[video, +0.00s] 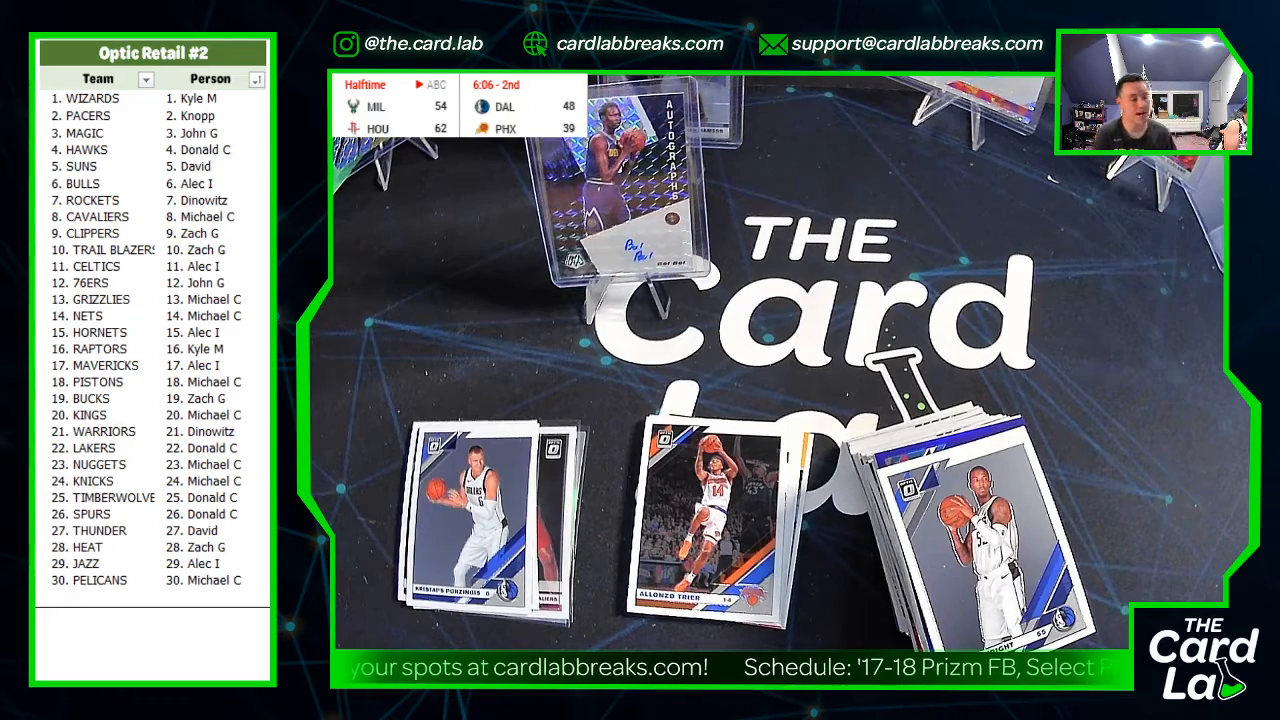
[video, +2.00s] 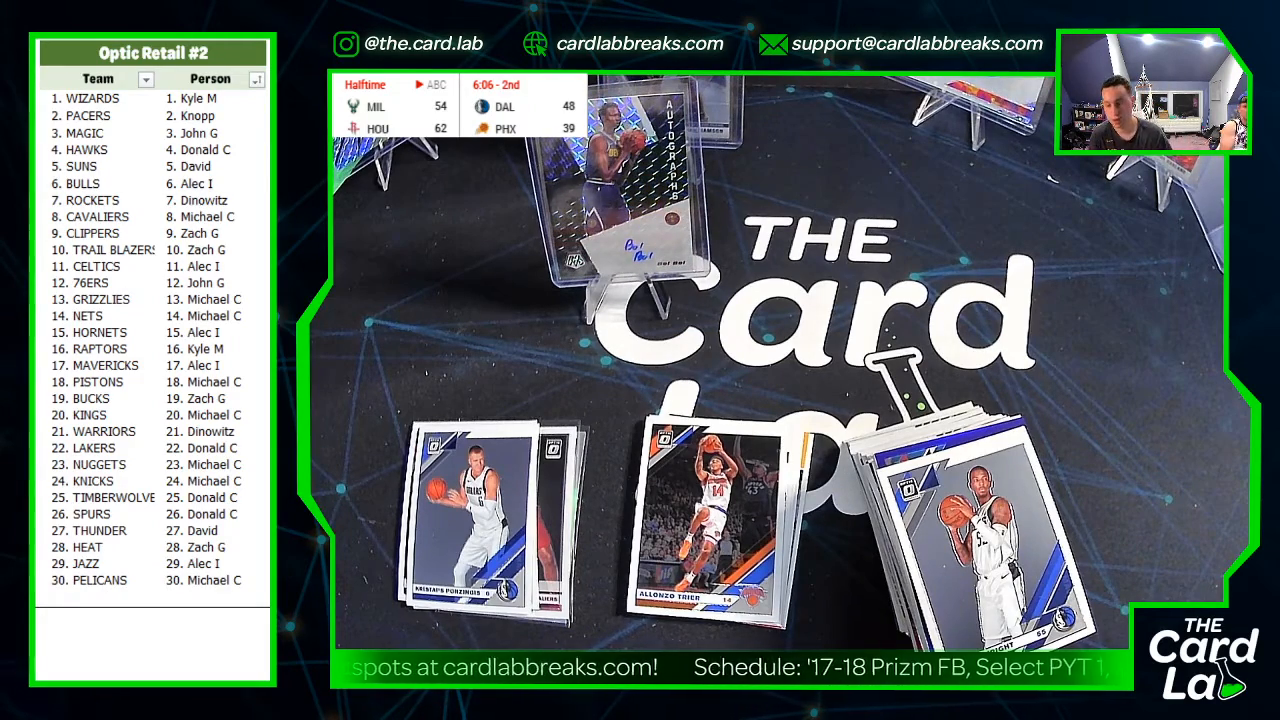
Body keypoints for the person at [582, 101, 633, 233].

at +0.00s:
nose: (618, 118)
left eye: (619, 114)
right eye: (613, 115)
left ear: (621, 116)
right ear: (603, 118)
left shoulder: (616, 141)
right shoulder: (598, 140)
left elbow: (622, 175)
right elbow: (606, 176)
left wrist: (633, 154)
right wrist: (624, 153)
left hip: (612, 189)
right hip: (596, 191)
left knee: (625, 229)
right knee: (598, 236)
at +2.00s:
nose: (618, 118)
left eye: (619, 115)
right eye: (614, 115)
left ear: (620, 116)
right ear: (604, 118)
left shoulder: (617, 141)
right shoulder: (598, 140)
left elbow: (620, 178)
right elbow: (607, 175)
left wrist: (633, 155)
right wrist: (624, 153)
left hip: (612, 189)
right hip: (596, 192)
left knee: (625, 231)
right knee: (598, 237)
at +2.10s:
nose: (618, 118)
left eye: (619, 115)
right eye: (614, 115)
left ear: (620, 116)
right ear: (604, 118)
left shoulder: (617, 141)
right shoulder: (598, 140)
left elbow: (620, 178)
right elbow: (607, 175)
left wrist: (633, 155)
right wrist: (624, 154)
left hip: (612, 191)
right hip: (596, 193)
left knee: (625, 232)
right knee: (599, 238)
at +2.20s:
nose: (618, 118)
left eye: (619, 115)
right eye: (614, 115)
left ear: (620, 116)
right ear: (604, 118)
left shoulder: (617, 141)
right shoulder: (598, 140)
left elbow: (620, 177)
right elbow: (607, 176)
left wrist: (633, 156)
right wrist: (624, 154)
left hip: (612, 191)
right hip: (596, 193)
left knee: (625, 231)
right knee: (599, 238)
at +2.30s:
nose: (618, 118)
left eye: (619, 115)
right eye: (614, 115)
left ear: (620, 116)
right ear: (604, 118)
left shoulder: (617, 141)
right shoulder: (598, 140)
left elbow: (620, 177)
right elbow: (607, 175)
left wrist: (633, 155)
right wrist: (624, 154)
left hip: (612, 191)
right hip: (596, 193)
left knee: (625, 231)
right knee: (599, 238)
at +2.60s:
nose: (618, 118)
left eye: (618, 114)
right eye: (613, 115)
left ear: (620, 117)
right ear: (603, 118)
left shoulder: (616, 140)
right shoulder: (598, 140)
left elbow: (619, 177)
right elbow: (606, 175)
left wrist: (633, 155)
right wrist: (623, 154)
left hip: (612, 190)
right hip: (596, 192)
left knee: (624, 228)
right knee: (600, 235)